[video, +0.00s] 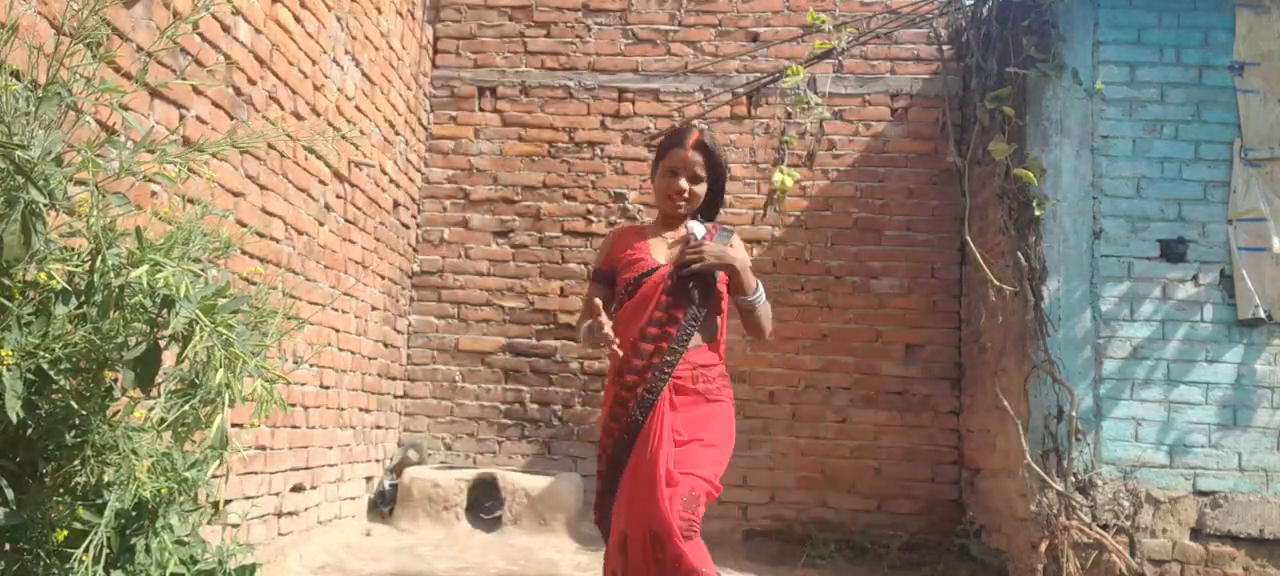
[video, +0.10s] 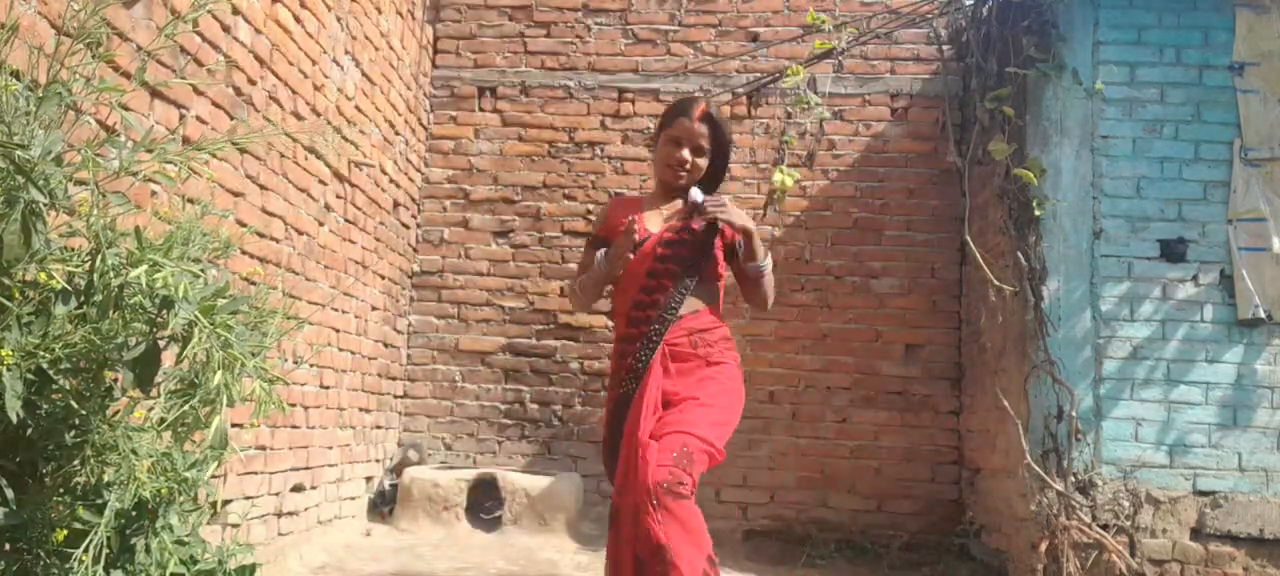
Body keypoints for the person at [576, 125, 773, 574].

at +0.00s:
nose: (681, 186)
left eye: (695, 178)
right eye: (672, 172)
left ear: (710, 188)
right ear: (653, 174)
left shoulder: (722, 244)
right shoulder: (621, 242)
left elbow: (761, 331)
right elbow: (588, 321)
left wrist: (739, 265)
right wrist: (594, 332)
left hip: (700, 401)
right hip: (632, 402)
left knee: (669, 519)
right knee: (624, 525)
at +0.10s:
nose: (683, 157)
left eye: (698, 150)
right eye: (674, 143)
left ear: (713, 163)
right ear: (655, 145)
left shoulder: (720, 218)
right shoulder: (622, 211)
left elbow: (760, 301)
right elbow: (582, 297)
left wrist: (749, 234)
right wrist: (613, 259)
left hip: (706, 366)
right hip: (636, 368)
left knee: (661, 474)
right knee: (632, 499)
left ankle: (695, 569)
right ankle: (634, 573)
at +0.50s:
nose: (684, 159)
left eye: (700, 151)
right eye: (673, 144)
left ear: (717, 163)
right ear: (652, 149)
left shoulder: (725, 222)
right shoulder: (623, 224)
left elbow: (784, 272)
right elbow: (553, 261)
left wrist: (771, 178)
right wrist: (594, 181)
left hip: (713, 390)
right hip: (637, 393)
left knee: (692, 545)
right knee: (637, 541)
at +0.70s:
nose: (685, 127)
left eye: (701, 118)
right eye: (671, 114)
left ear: (719, 132)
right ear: (649, 125)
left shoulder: (737, 203)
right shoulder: (625, 198)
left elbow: (809, 198)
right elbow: (562, 178)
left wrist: (760, 118)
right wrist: (619, 116)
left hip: (727, 367)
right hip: (647, 370)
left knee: (733, 507)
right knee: (654, 504)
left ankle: (736, 572)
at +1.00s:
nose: (685, 113)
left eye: (699, 102)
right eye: (670, 98)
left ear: (716, 112)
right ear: (646, 108)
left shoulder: (730, 190)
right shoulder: (625, 177)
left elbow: (800, 227)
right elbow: (585, 153)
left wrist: (733, 171)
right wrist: (634, 86)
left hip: (721, 381)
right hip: (636, 382)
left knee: (728, 535)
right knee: (629, 539)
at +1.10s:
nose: (681, 103)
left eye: (697, 94)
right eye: (668, 88)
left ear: (715, 107)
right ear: (646, 96)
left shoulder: (730, 167)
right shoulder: (621, 175)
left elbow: (789, 230)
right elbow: (573, 165)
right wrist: (631, 95)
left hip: (711, 368)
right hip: (625, 367)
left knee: (710, 522)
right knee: (613, 521)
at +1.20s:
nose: (680, 83)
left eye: (697, 77)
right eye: (669, 68)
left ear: (715, 95)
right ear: (646, 76)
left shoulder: (725, 147)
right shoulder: (622, 161)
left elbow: (758, 242)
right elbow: (551, 169)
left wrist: (695, 344)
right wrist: (619, 94)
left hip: (701, 370)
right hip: (617, 367)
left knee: (681, 524)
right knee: (604, 519)